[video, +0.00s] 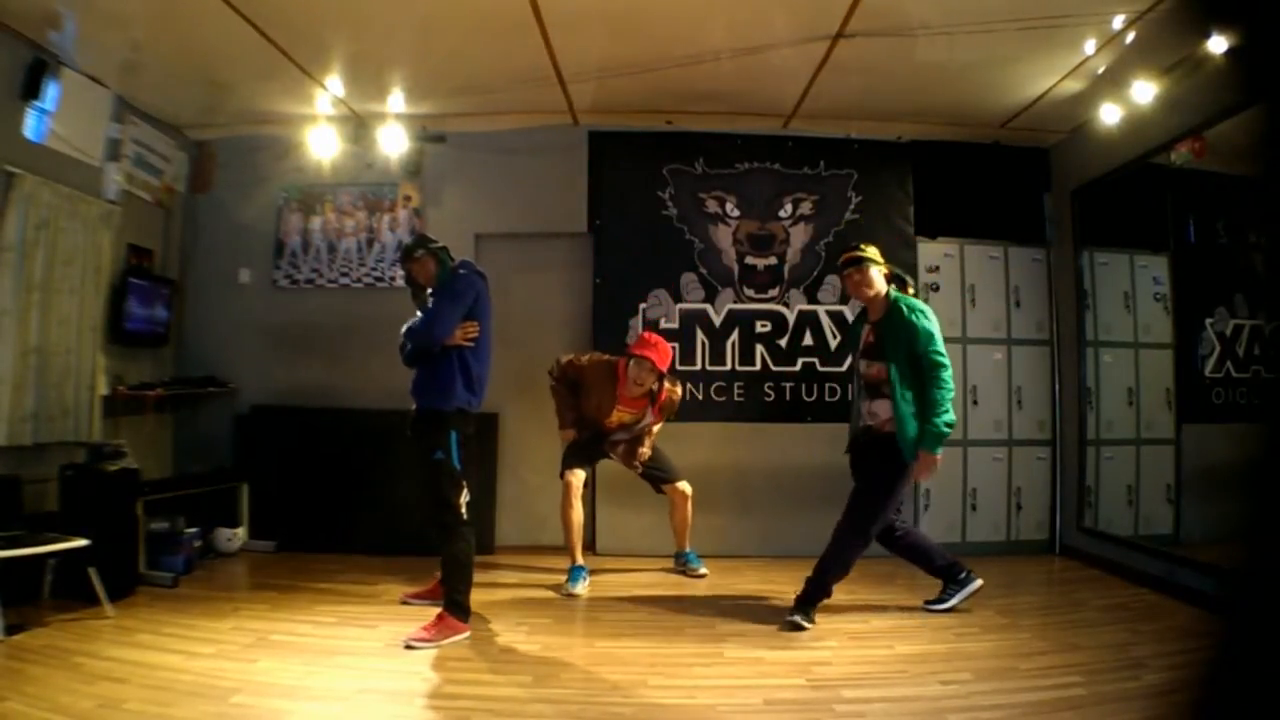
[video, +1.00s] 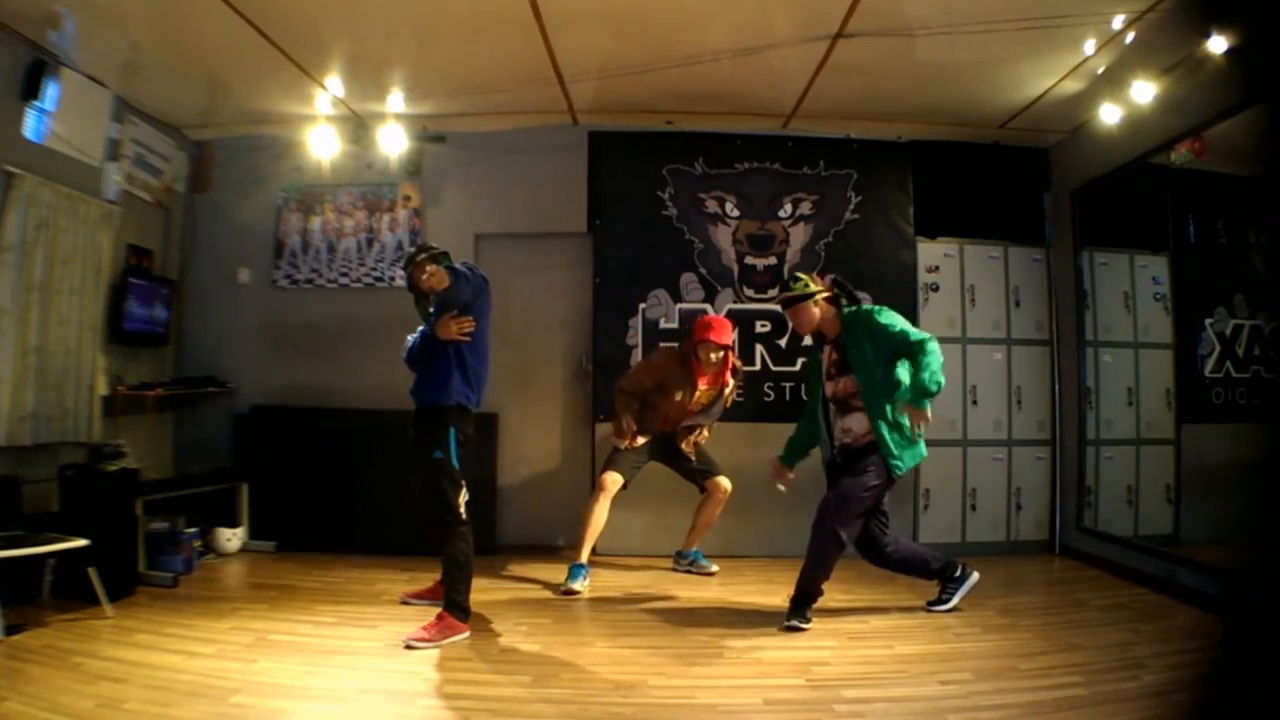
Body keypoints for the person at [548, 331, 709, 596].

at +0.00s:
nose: (641, 374)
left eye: (650, 370)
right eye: (638, 364)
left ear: (659, 375)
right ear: (628, 361)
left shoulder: (668, 393)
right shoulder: (599, 368)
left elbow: (659, 418)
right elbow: (560, 370)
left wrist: (646, 443)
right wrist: (566, 422)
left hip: (630, 439)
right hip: (589, 435)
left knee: (682, 491)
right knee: (572, 482)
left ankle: (683, 555)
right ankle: (577, 567)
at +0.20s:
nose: (651, 374)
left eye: (657, 367)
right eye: (645, 367)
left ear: (667, 367)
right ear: (632, 367)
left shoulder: (680, 383)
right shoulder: (608, 373)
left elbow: (684, 401)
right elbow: (574, 382)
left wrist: (663, 430)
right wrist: (580, 427)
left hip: (645, 439)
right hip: (604, 438)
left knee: (695, 488)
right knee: (580, 482)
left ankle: (685, 554)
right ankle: (578, 567)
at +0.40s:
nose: (669, 367)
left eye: (673, 359)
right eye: (661, 361)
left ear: (682, 358)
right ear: (650, 363)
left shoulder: (697, 374)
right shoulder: (630, 374)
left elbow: (702, 396)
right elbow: (593, 387)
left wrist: (679, 428)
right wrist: (599, 428)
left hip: (660, 439)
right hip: (620, 438)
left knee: (710, 487)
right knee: (596, 479)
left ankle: (687, 554)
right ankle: (578, 567)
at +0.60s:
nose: (688, 363)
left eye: (692, 355)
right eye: (680, 358)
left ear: (703, 351)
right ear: (670, 359)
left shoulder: (717, 372)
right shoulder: (652, 372)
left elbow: (714, 404)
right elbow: (616, 391)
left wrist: (694, 427)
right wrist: (615, 430)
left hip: (672, 440)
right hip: (636, 438)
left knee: (720, 489)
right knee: (604, 483)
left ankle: (688, 554)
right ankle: (579, 567)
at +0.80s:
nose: (706, 360)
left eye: (710, 352)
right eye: (698, 354)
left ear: (719, 351)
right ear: (686, 356)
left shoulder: (725, 380)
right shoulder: (663, 368)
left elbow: (718, 410)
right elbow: (625, 393)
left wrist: (698, 429)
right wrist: (624, 428)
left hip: (678, 442)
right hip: (641, 439)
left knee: (722, 489)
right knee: (607, 485)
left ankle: (687, 554)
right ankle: (579, 567)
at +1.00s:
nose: (714, 354)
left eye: (720, 349)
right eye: (708, 348)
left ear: (728, 350)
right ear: (695, 345)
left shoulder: (727, 376)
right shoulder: (667, 361)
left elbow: (717, 409)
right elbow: (626, 387)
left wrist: (702, 428)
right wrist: (626, 421)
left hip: (677, 440)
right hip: (640, 436)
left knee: (720, 487)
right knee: (607, 483)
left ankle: (687, 554)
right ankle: (580, 566)